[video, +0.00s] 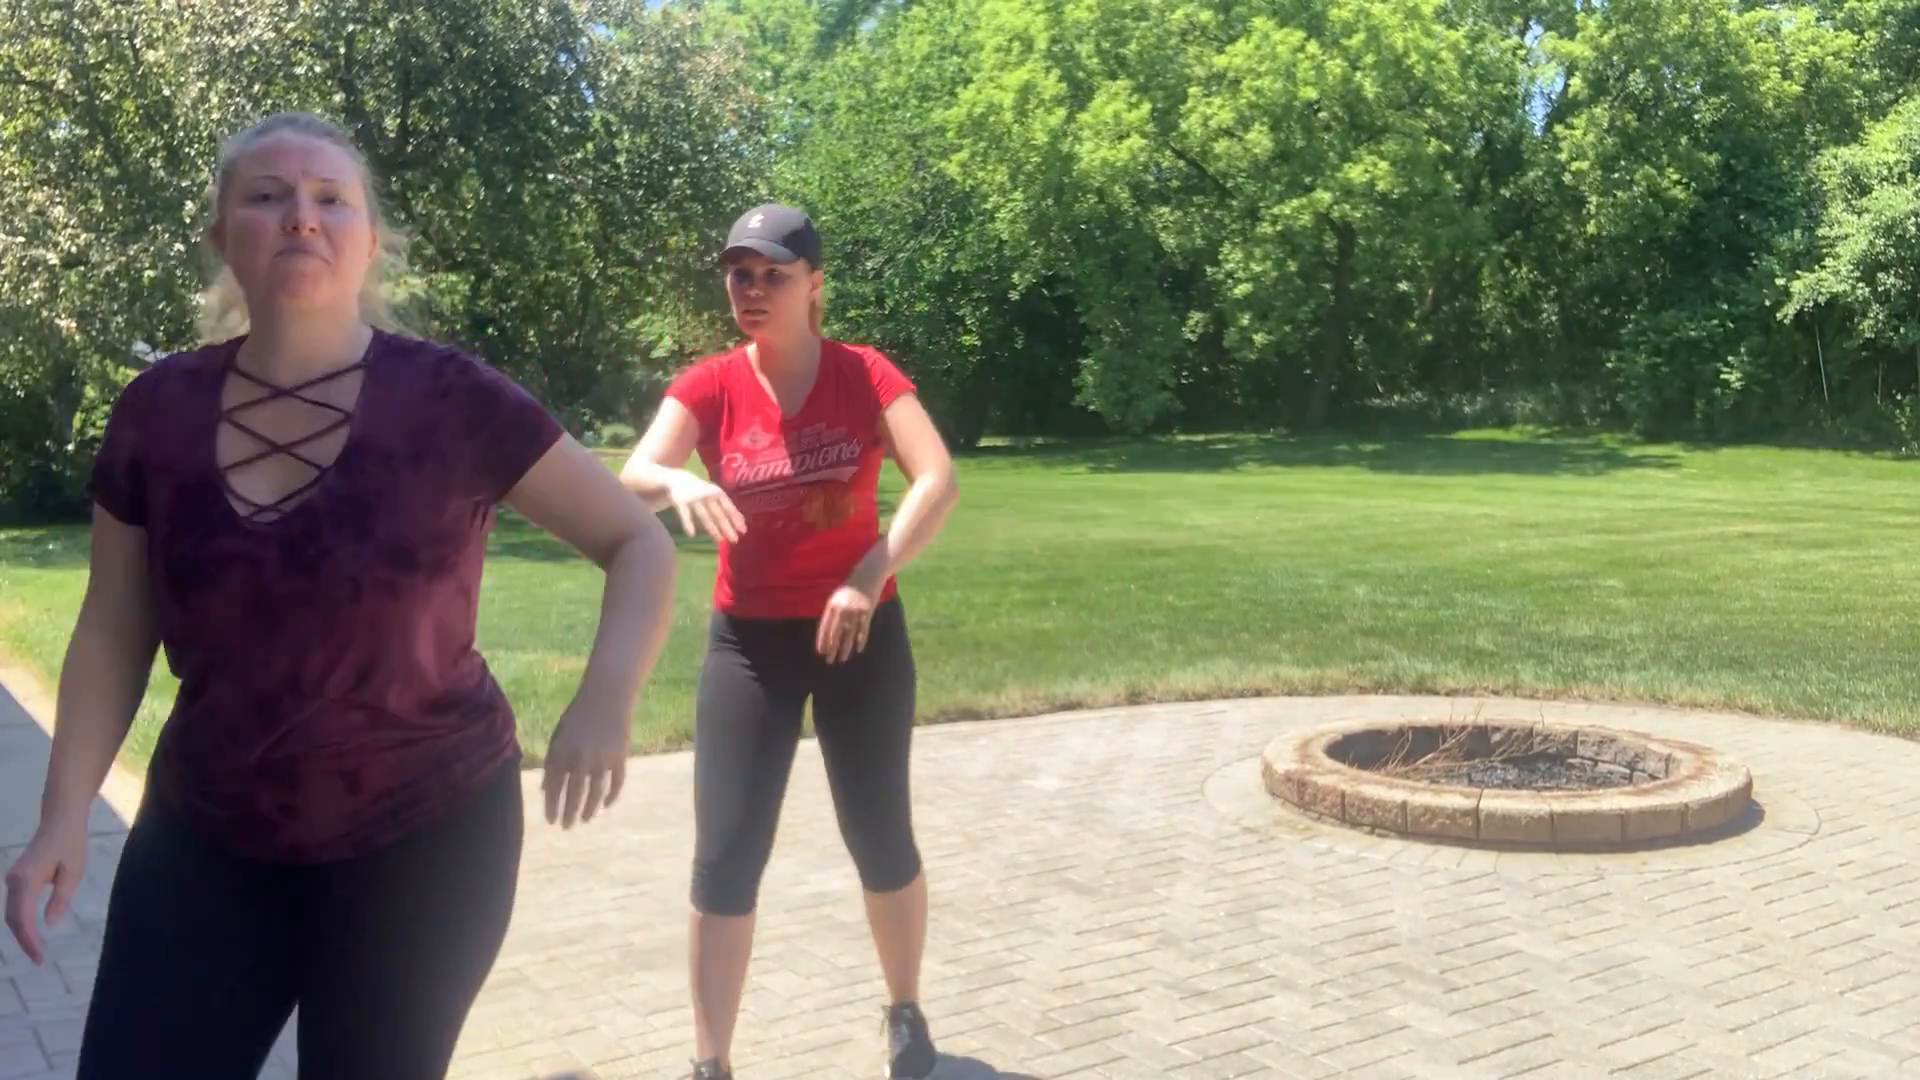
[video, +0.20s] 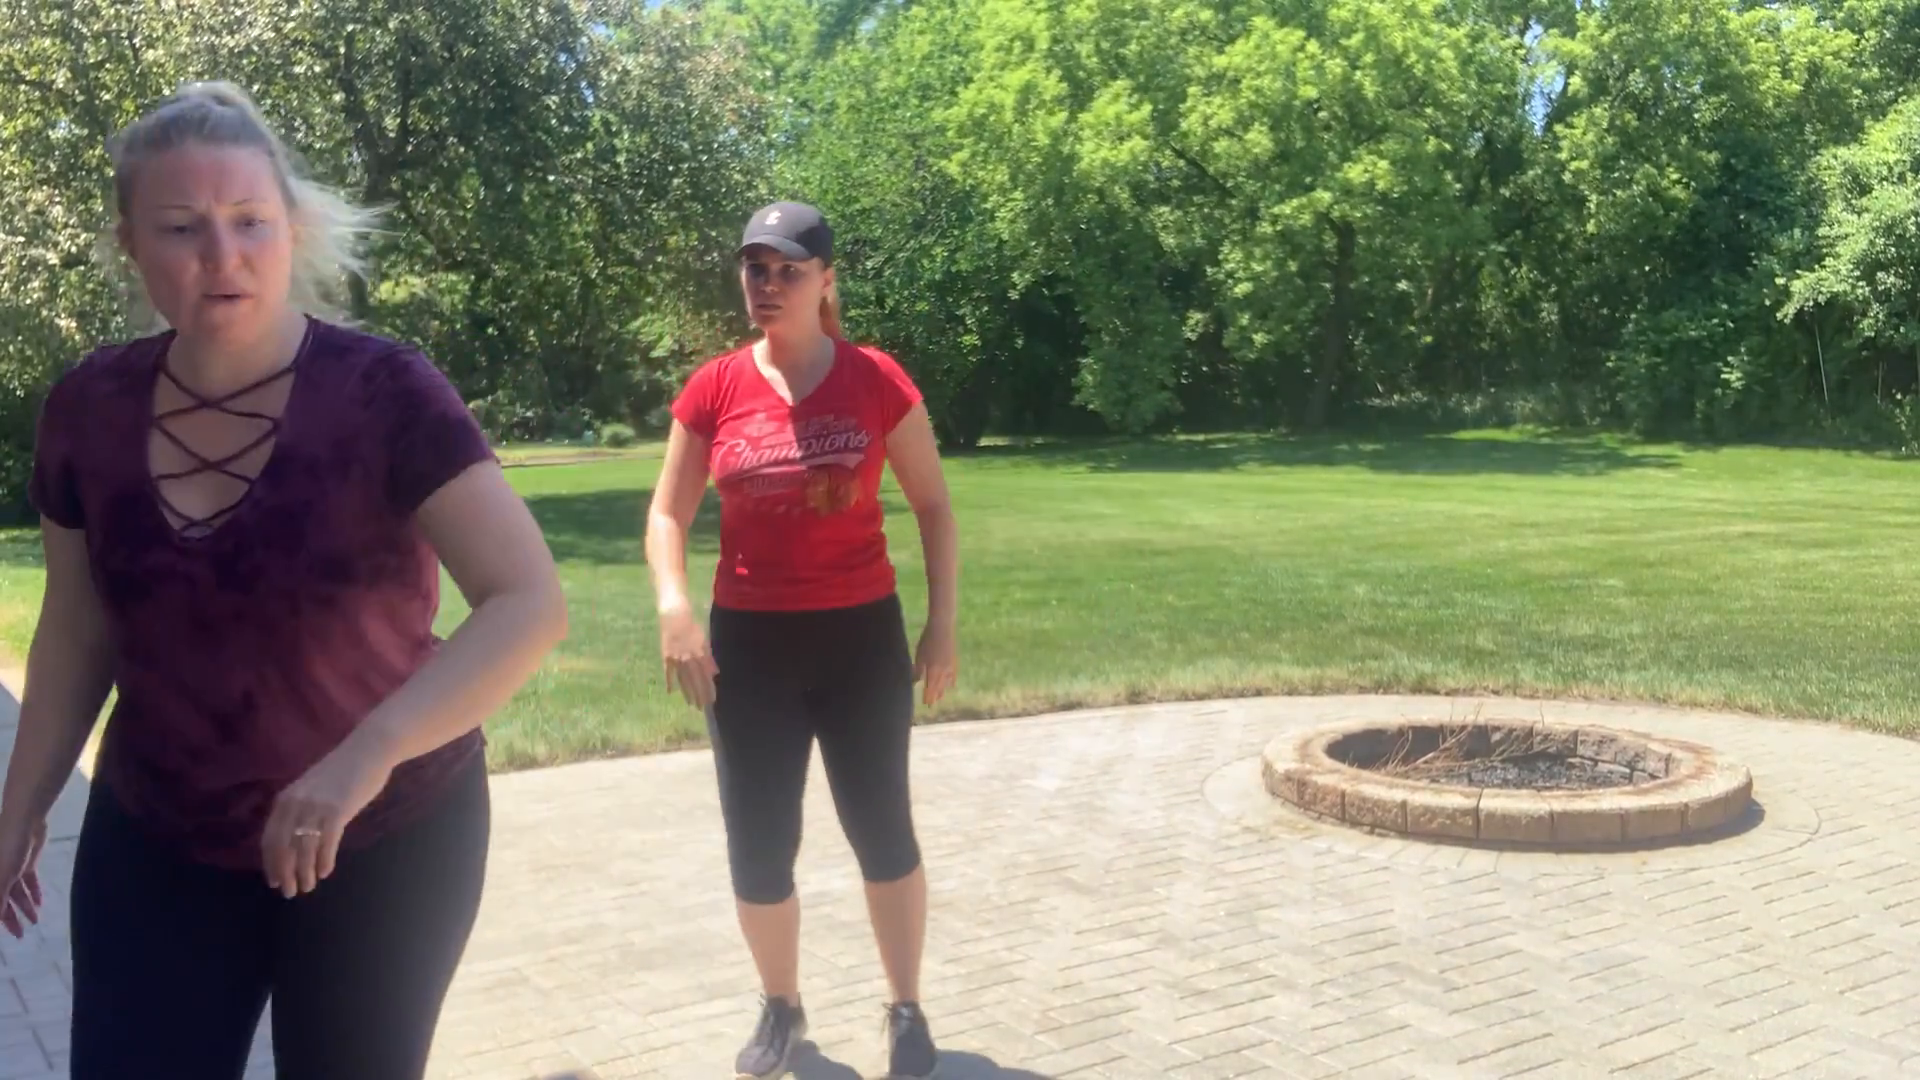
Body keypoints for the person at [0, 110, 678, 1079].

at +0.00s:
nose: (302, 218)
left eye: (331, 199)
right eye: (268, 197)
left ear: (374, 245)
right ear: (219, 239)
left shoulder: (454, 398)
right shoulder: (159, 409)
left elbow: (638, 542)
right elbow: (115, 631)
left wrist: (606, 697)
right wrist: (63, 812)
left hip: (420, 827)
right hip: (212, 821)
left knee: (370, 1065)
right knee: (130, 1067)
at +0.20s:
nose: (221, 255)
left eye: (249, 222)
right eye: (181, 227)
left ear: (294, 233)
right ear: (132, 250)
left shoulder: (386, 391)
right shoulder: (87, 408)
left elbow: (530, 600)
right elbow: (74, 626)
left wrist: (367, 752)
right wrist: (23, 803)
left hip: (380, 835)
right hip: (163, 837)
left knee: (350, 1067)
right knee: (122, 1066)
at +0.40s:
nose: (192, 273)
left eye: (215, 228)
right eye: (145, 241)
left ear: (251, 214)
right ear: (85, 247)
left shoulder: (352, 384)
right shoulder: (41, 391)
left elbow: (427, 627)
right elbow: (12, 629)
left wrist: (227, 718)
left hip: (331, 841)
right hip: (104, 842)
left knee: (322, 1065)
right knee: (115, 1065)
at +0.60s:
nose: (219, 244)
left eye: (233, 206)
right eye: (173, 219)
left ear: (253, 201)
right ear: (93, 232)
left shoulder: (342, 369)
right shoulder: (29, 388)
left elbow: (430, 594)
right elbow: (3, 606)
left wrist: (259, 655)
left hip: (320, 841)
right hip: (89, 846)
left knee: (313, 1065)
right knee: (109, 1065)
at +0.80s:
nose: (273, 237)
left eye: (276, 204)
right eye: (228, 211)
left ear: (288, 204)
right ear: (127, 223)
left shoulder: (353, 373)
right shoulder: (29, 389)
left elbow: (450, 577)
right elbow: (3, 607)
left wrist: (371, 602)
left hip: (331, 841)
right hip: (93, 849)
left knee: (330, 1065)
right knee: (114, 1065)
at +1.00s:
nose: (274, 238)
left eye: (281, 209)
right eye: (235, 205)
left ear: (291, 222)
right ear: (133, 215)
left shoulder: (333, 385)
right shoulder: (25, 394)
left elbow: (420, 577)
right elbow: (4, 666)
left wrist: (448, 614)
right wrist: (23, 627)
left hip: (319, 842)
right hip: (80, 851)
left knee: (330, 1066)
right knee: (96, 1064)